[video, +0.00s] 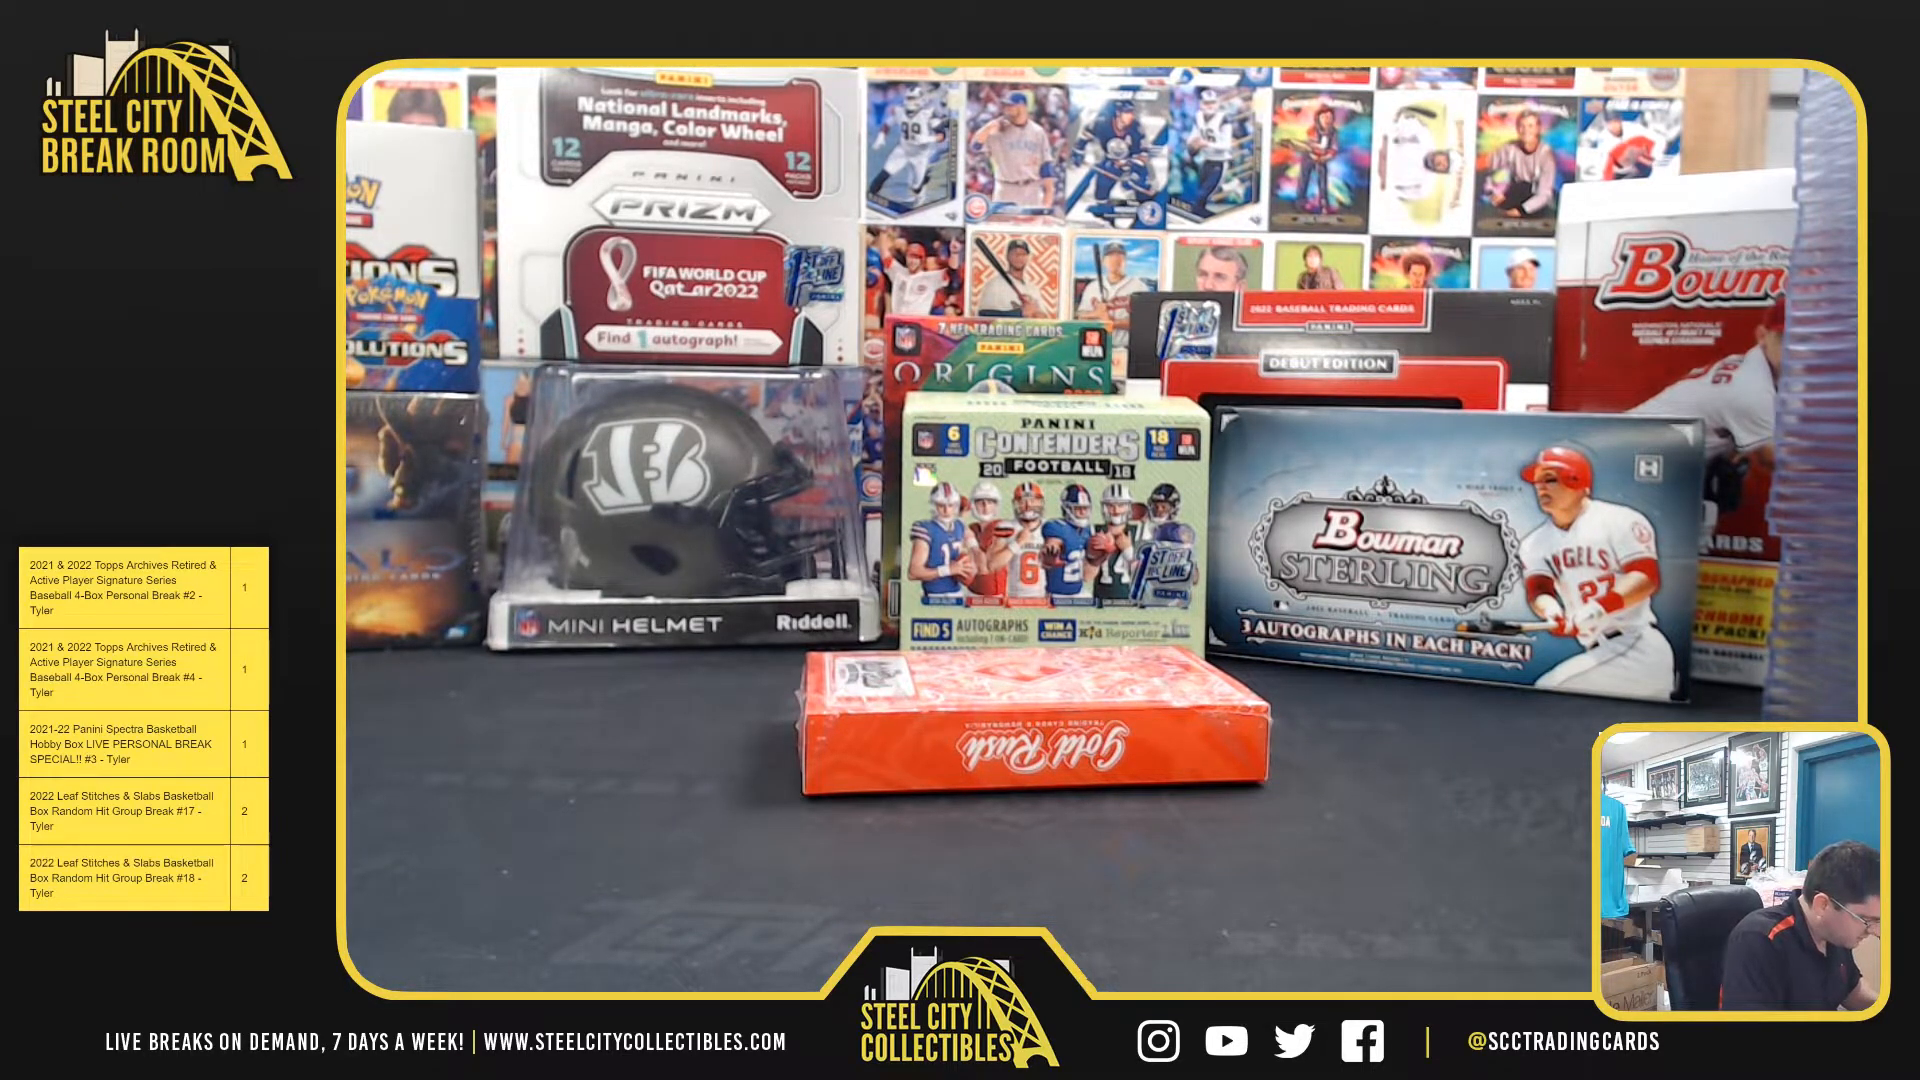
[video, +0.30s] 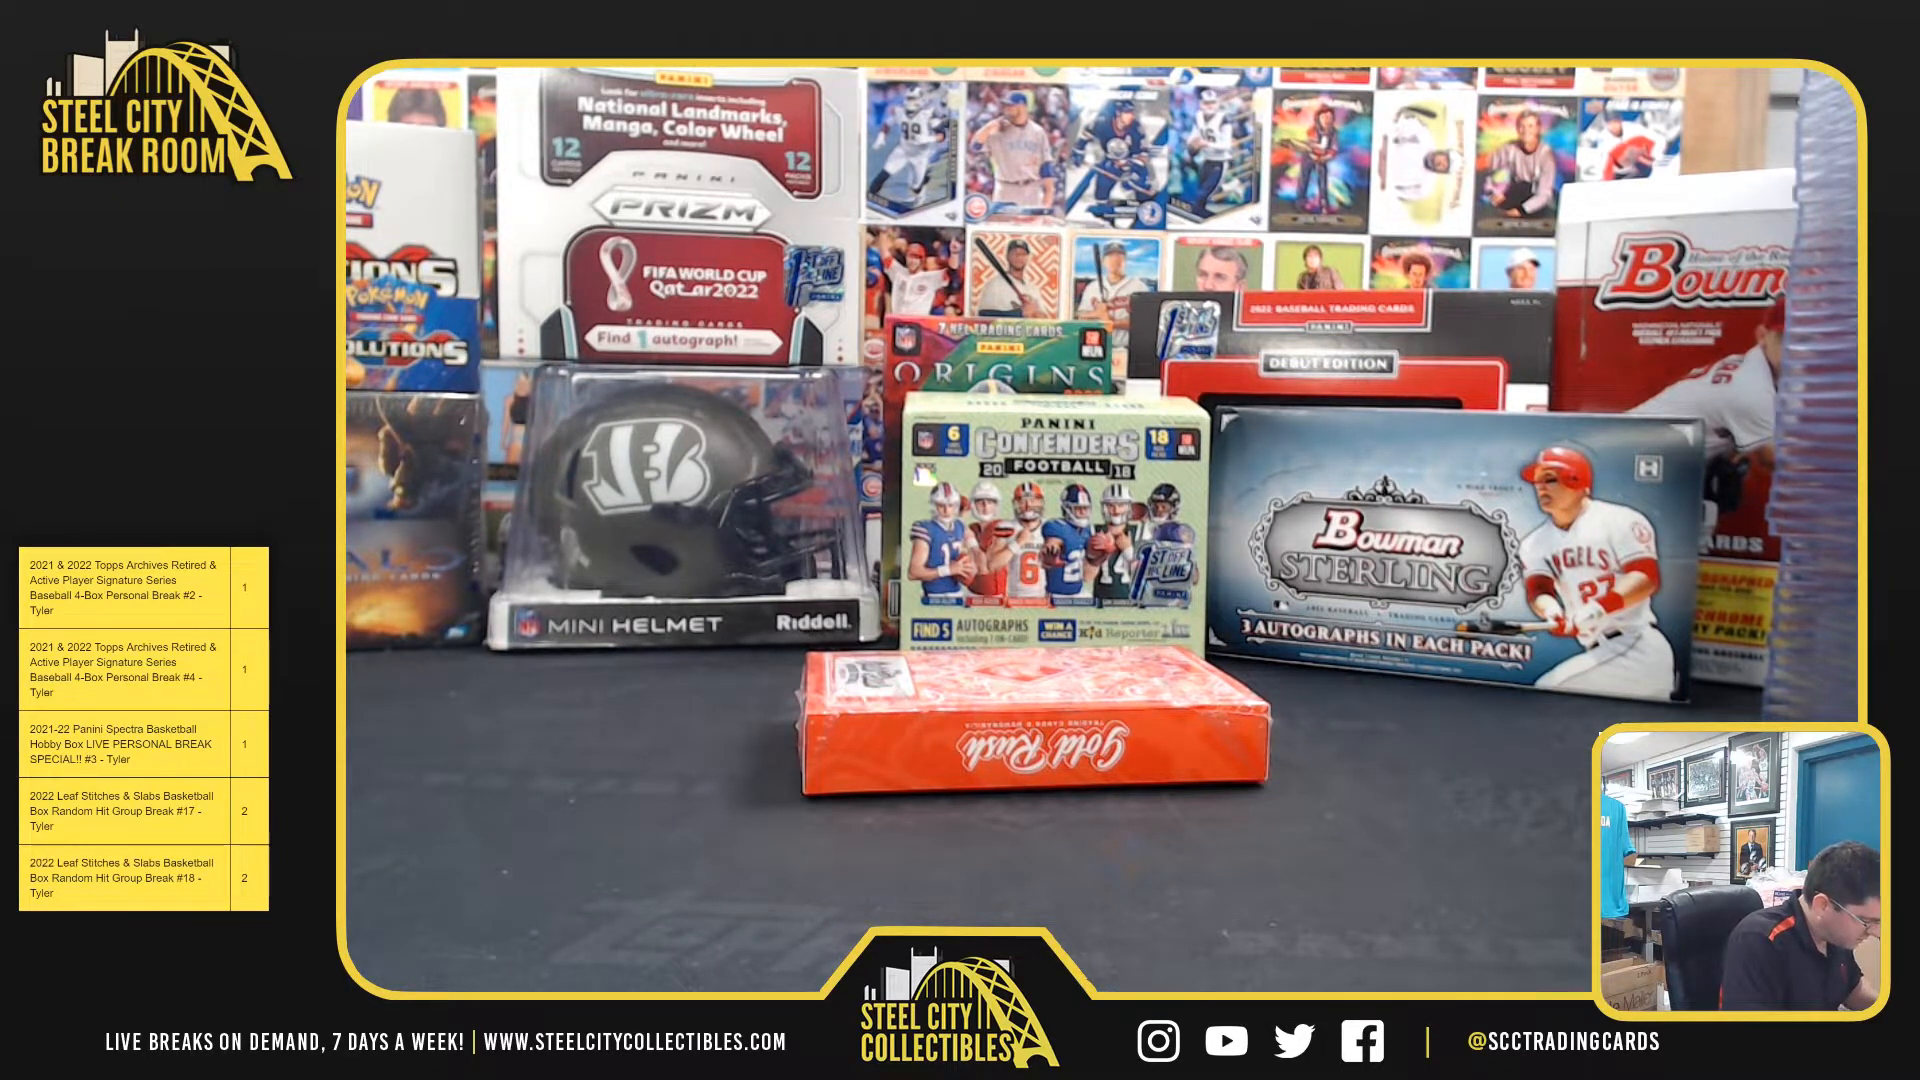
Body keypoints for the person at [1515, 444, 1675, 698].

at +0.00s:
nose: (1540, 490)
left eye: (1550, 481)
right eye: (1537, 483)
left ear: (1578, 484)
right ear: (1533, 488)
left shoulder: (1624, 521)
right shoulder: (1534, 545)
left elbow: (1646, 577)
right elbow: (1538, 591)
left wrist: (1599, 608)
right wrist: (1554, 614)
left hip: (1638, 648)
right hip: (1599, 651)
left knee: (1546, 692)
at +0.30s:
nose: (1540, 490)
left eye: (1550, 481)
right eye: (1537, 484)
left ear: (1578, 484)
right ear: (1533, 488)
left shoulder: (1624, 521)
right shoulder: (1534, 545)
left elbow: (1646, 577)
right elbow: (1538, 591)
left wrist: (1599, 608)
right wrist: (1554, 614)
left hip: (1638, 647)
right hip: (1598, 651)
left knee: (1546, 692)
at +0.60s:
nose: (1540, 490)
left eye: (1550, 481)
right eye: (1537, 484)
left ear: (1578, 484)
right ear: (1533, 488)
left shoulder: (1624, 521)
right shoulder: (1534, 545)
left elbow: (1646, 577)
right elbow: (1538, 592)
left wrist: (1598, 608)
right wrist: (1554, 614)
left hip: (1638, 647)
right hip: (1598, 651)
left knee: (1546, 693)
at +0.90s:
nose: (1540, 490)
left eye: (1549, 480)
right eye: (1537, 483)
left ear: (1578, 484)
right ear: (1533, 488)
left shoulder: (1624, 521)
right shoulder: (1534, 545)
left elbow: (1646, 577)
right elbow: (1538, 591)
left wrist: (1599, 608)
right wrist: (1553, 613)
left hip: (1638, 649)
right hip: (1599, 652)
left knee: (1546, 692)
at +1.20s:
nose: (1540, 490)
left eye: (1550, 480)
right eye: (1537, 483)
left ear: (1578, 484)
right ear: (1533, 488)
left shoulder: (1624, 521)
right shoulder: (1534, 545)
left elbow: (1646, 577)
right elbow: (1539, 591)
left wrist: (1599, 608)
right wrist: (1553, 613)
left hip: (1638, 649)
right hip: (1599, 652)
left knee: (1545, 693)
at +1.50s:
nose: (1540, 490)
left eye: (1550, 481)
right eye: (1537, 484)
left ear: (1578, 484)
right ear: (1533, 488)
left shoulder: (1624, 521)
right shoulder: (1534, 545)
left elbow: (1646, 577)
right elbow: (1539, 591)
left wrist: (1599, 608)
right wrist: (1554, 614)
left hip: (1638, 648)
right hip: (1599, 652)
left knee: (1546, 692)